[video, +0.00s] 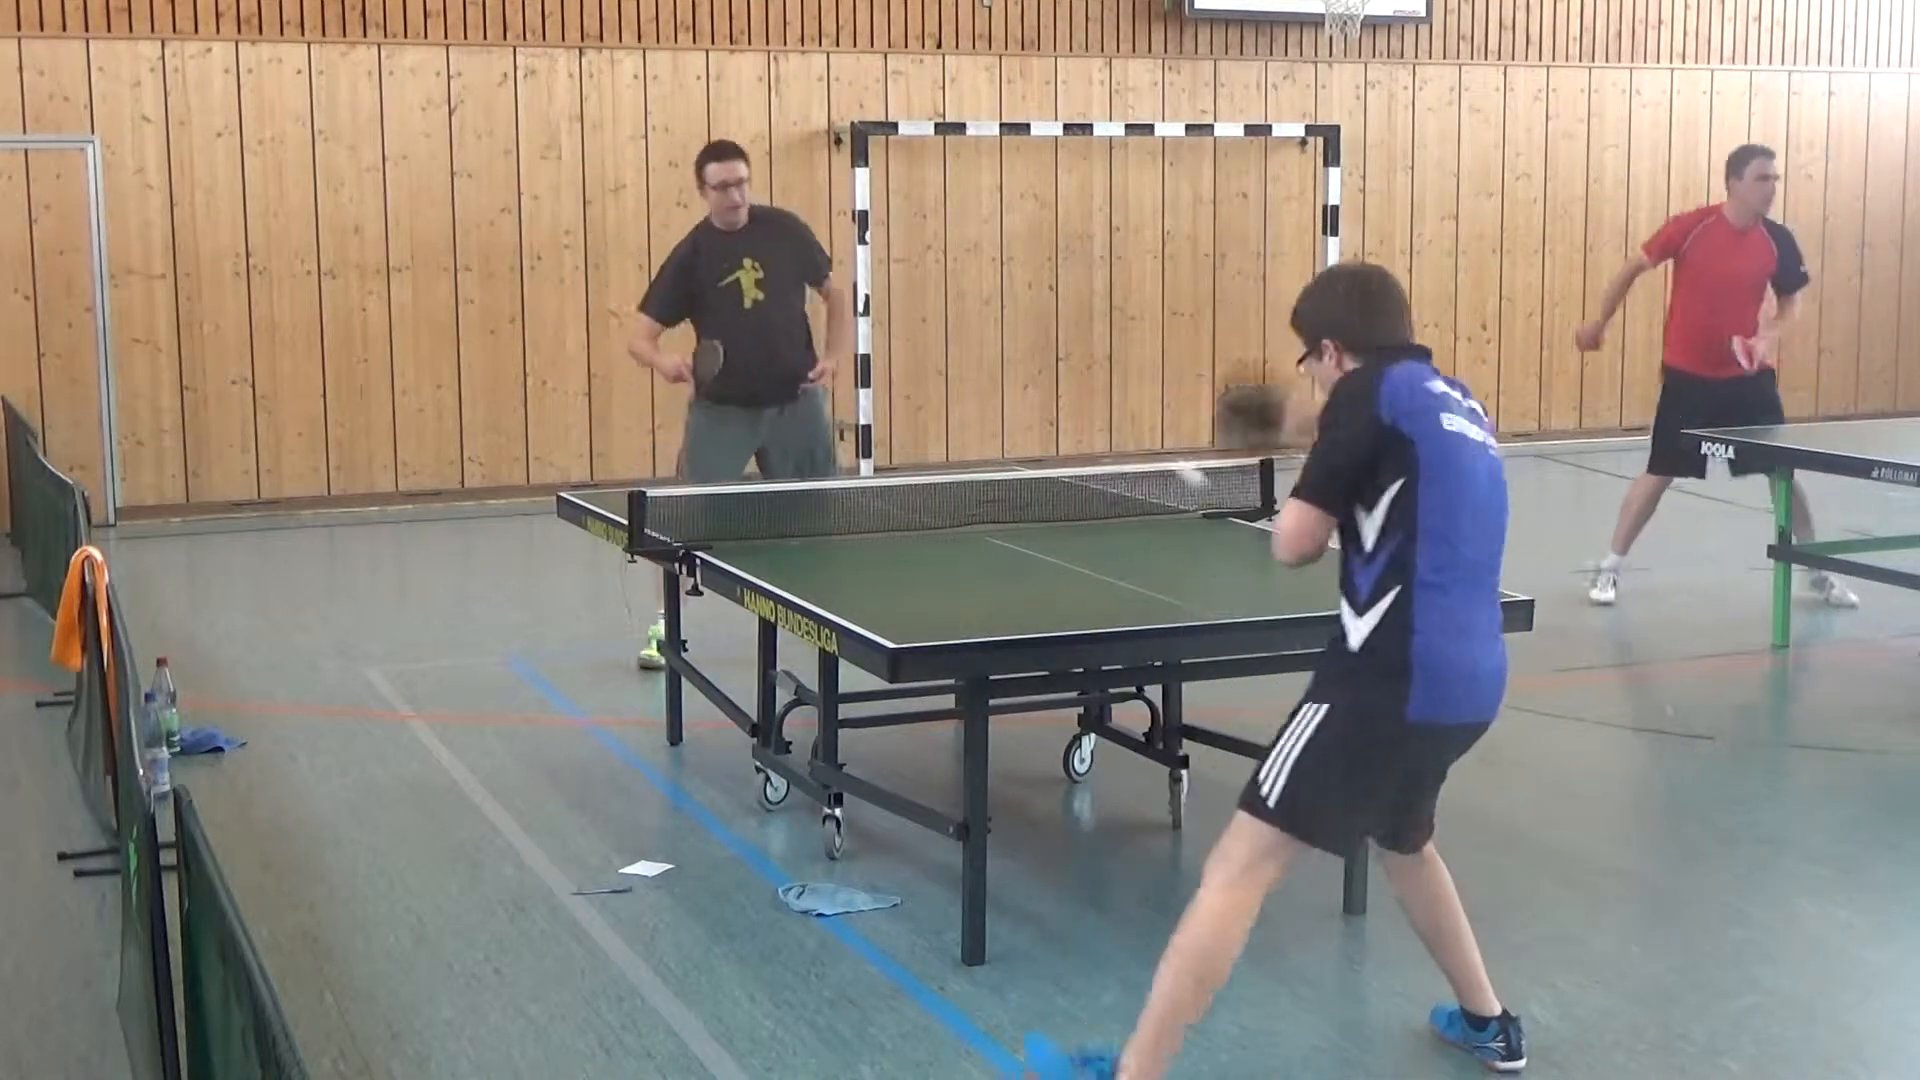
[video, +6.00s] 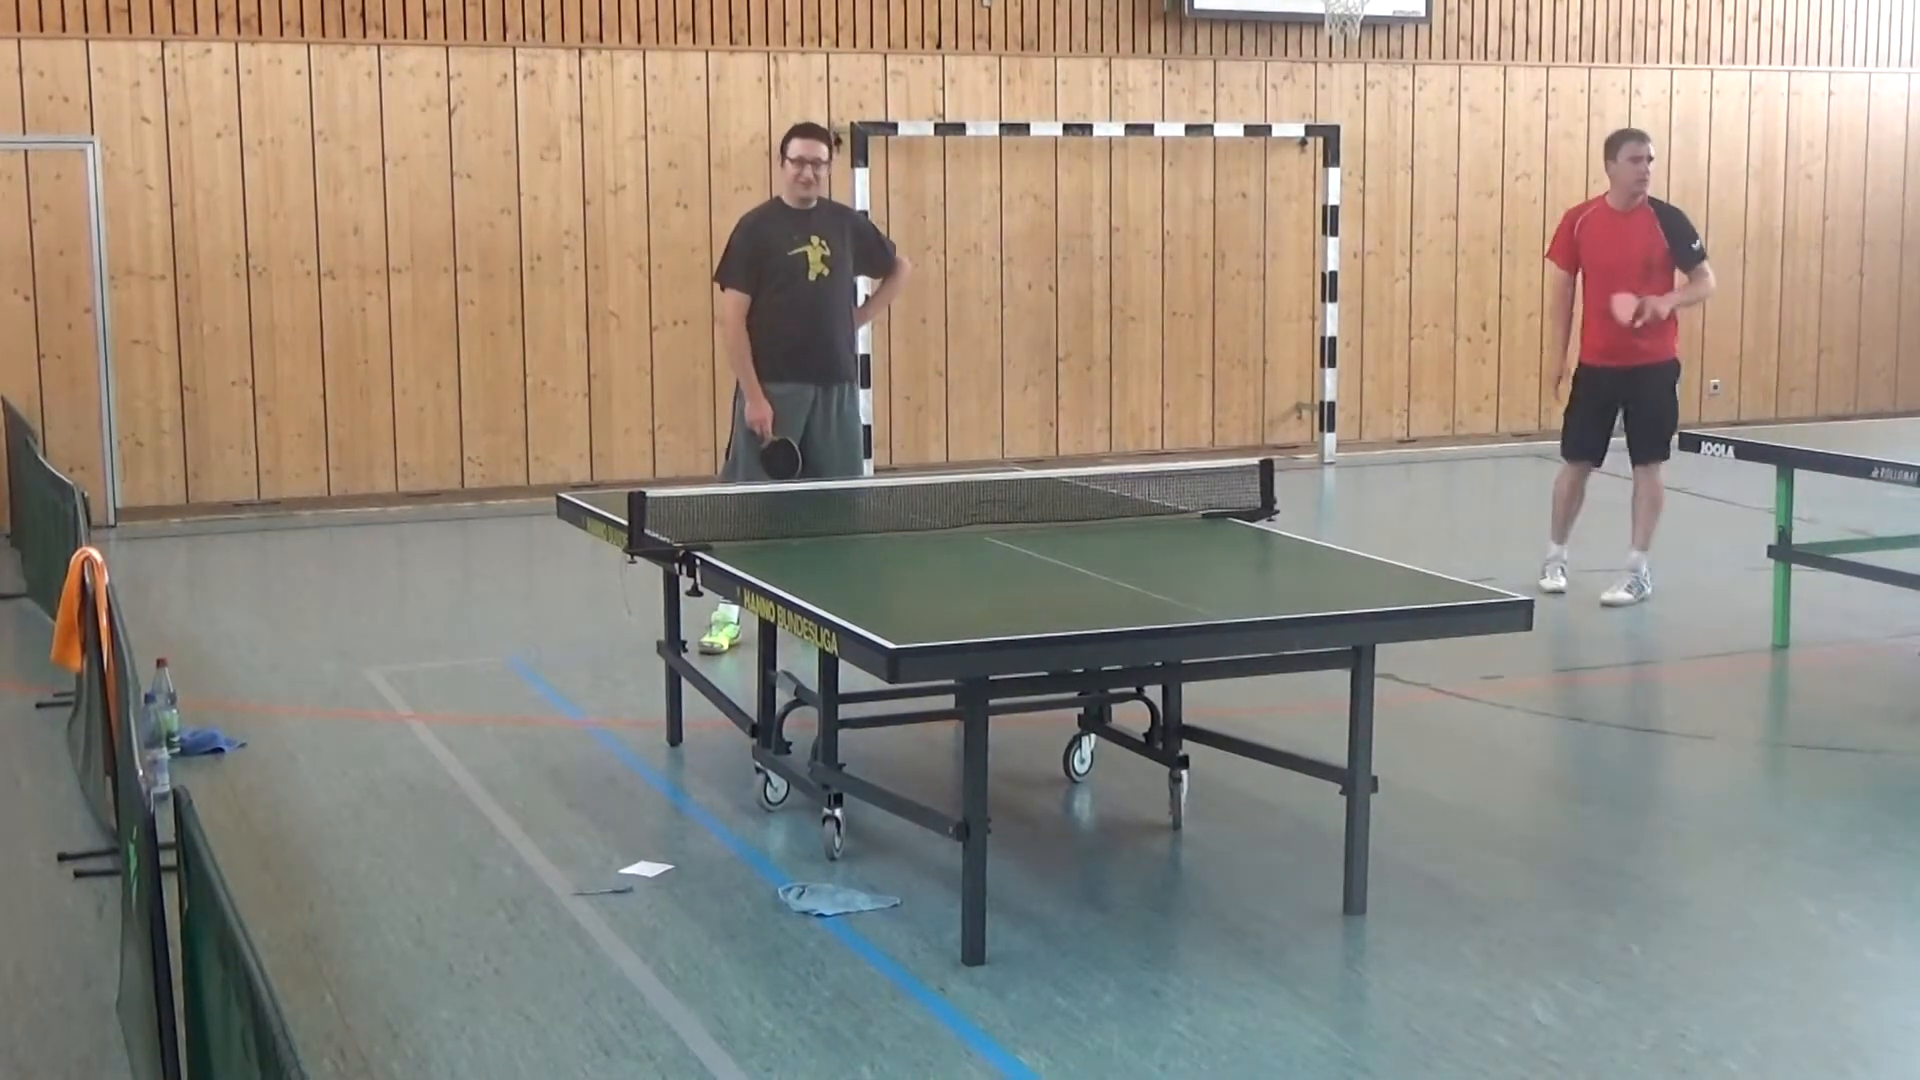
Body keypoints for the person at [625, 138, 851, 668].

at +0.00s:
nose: (733, 194)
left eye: (739, 183)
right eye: (720, 187)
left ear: (750, 182)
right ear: (702, 192)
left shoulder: (786, 229)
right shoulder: (692, 253)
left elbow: (837, 294)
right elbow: (639, 338)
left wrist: (835, 355)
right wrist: (661, 361)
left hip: (796, 406)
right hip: (721, 412)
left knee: (822, 520)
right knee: (688, 518)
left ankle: (835, 624)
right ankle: (668, 625)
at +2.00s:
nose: (771, 158)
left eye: (782, 151)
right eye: (763, 148)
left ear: (796, 162)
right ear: (746, 156)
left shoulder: (819, 227)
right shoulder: (719, 227)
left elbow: (842, 302)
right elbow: (680, 314)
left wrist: (841, 367)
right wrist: (705, 386)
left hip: (804, 402)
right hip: (730, 402)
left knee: (805, 528)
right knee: (706, 522)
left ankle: (792, 635)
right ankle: (671, 629)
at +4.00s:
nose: (760, 161)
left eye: (760, 152)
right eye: (748, 153)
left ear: (755, 159)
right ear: (717, 163)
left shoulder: (783, 215)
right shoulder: (686, 233)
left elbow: (811, 289)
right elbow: (658, 324)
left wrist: (805, 334)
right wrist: (655, 406)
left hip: (788, 384)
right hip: (719, 393)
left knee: (795, 502)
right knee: (717, 505)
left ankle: (799, 604)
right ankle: (721, 605)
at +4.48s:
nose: (835, 169)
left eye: (834, 160)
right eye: (825, 160)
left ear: (822, 167)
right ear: (792, 167)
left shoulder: (841, 226)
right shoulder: (750, 227)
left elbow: (872, 295)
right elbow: (725, 319)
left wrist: (861, 339)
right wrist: (741, 393)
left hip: (824, 389)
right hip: (759, 389)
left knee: (817, 504)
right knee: (731, 499)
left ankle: (811, 607)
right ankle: (720, 603)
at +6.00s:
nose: (808, 171)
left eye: (817, 163)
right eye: (799, 162)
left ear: (829, 168)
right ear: (781, 164)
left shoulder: (848, 223)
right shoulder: (754, 228)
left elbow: (898, 269)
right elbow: (731, 319)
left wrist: (861, 316)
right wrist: (753, 395)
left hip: (836, 391)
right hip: (769, 392)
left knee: (843, 508)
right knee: (747, 506)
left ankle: (843, 613)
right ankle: (729, 609)